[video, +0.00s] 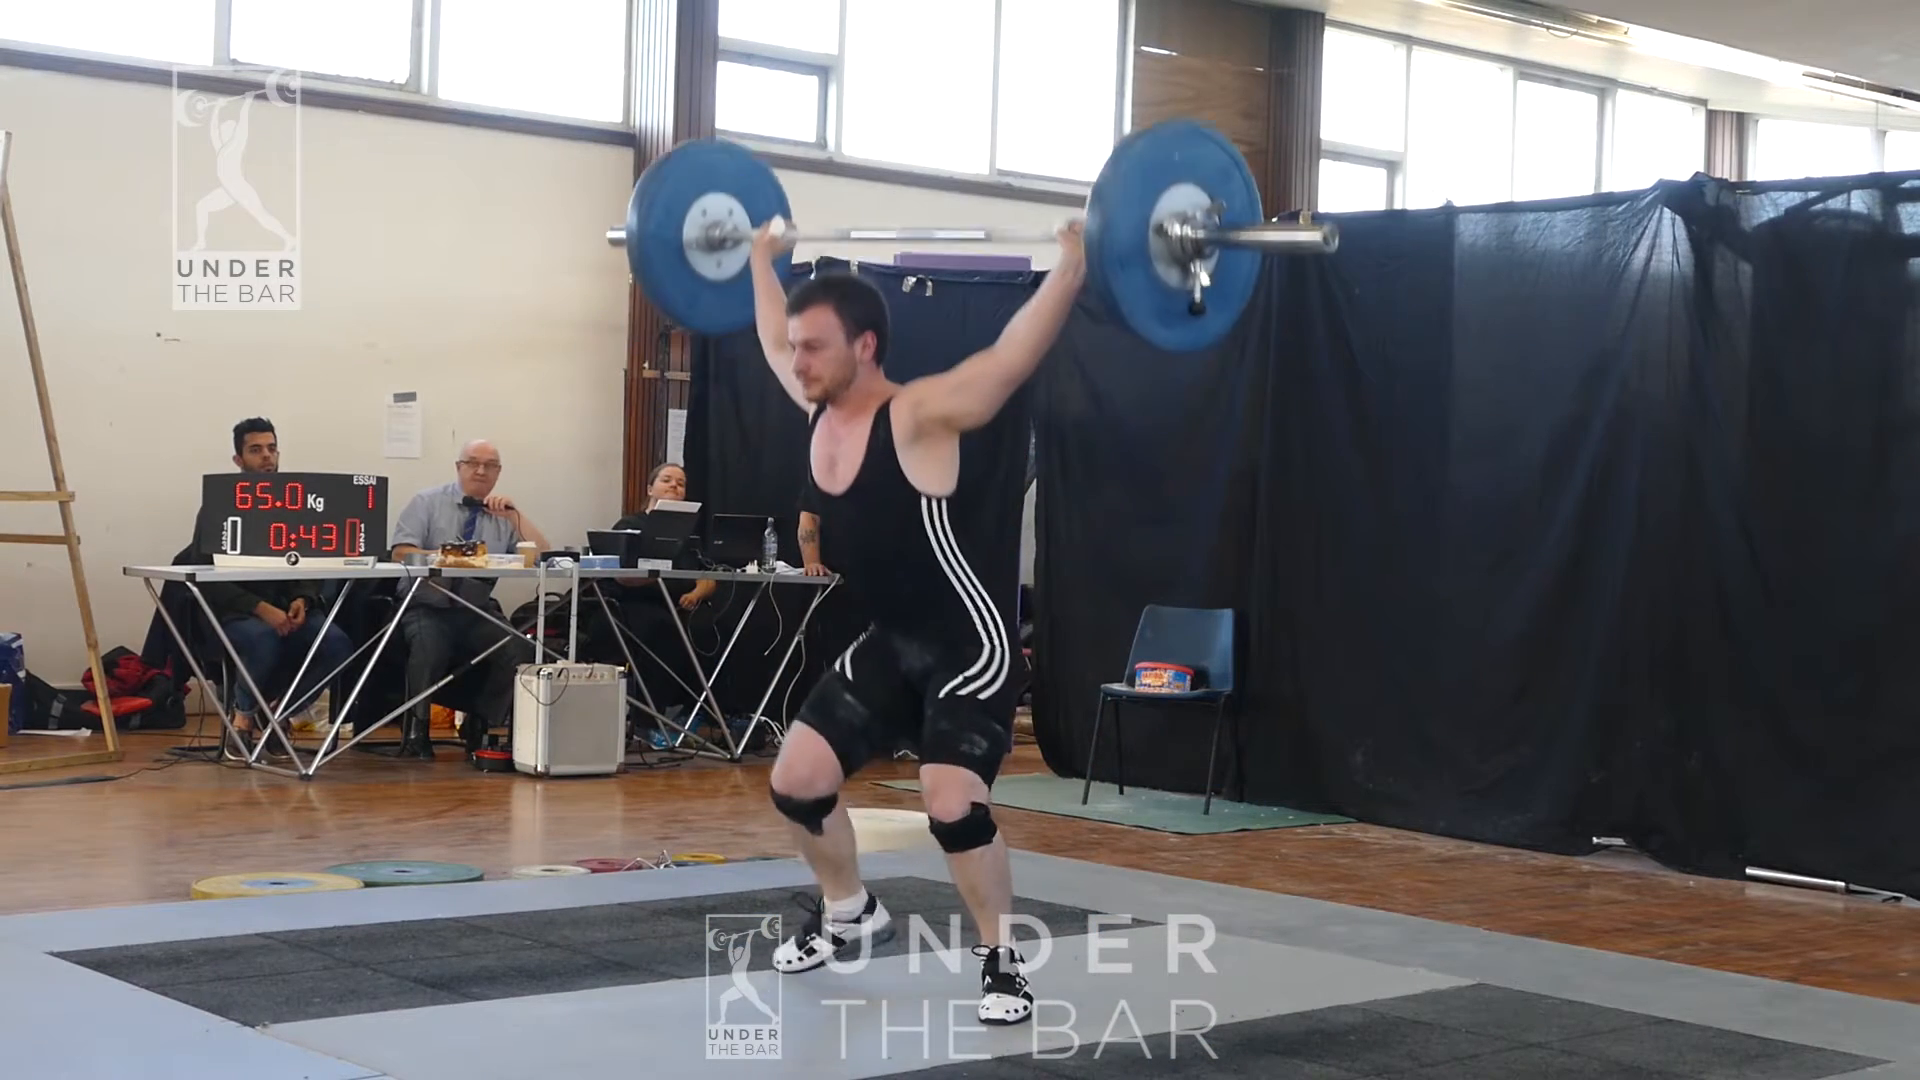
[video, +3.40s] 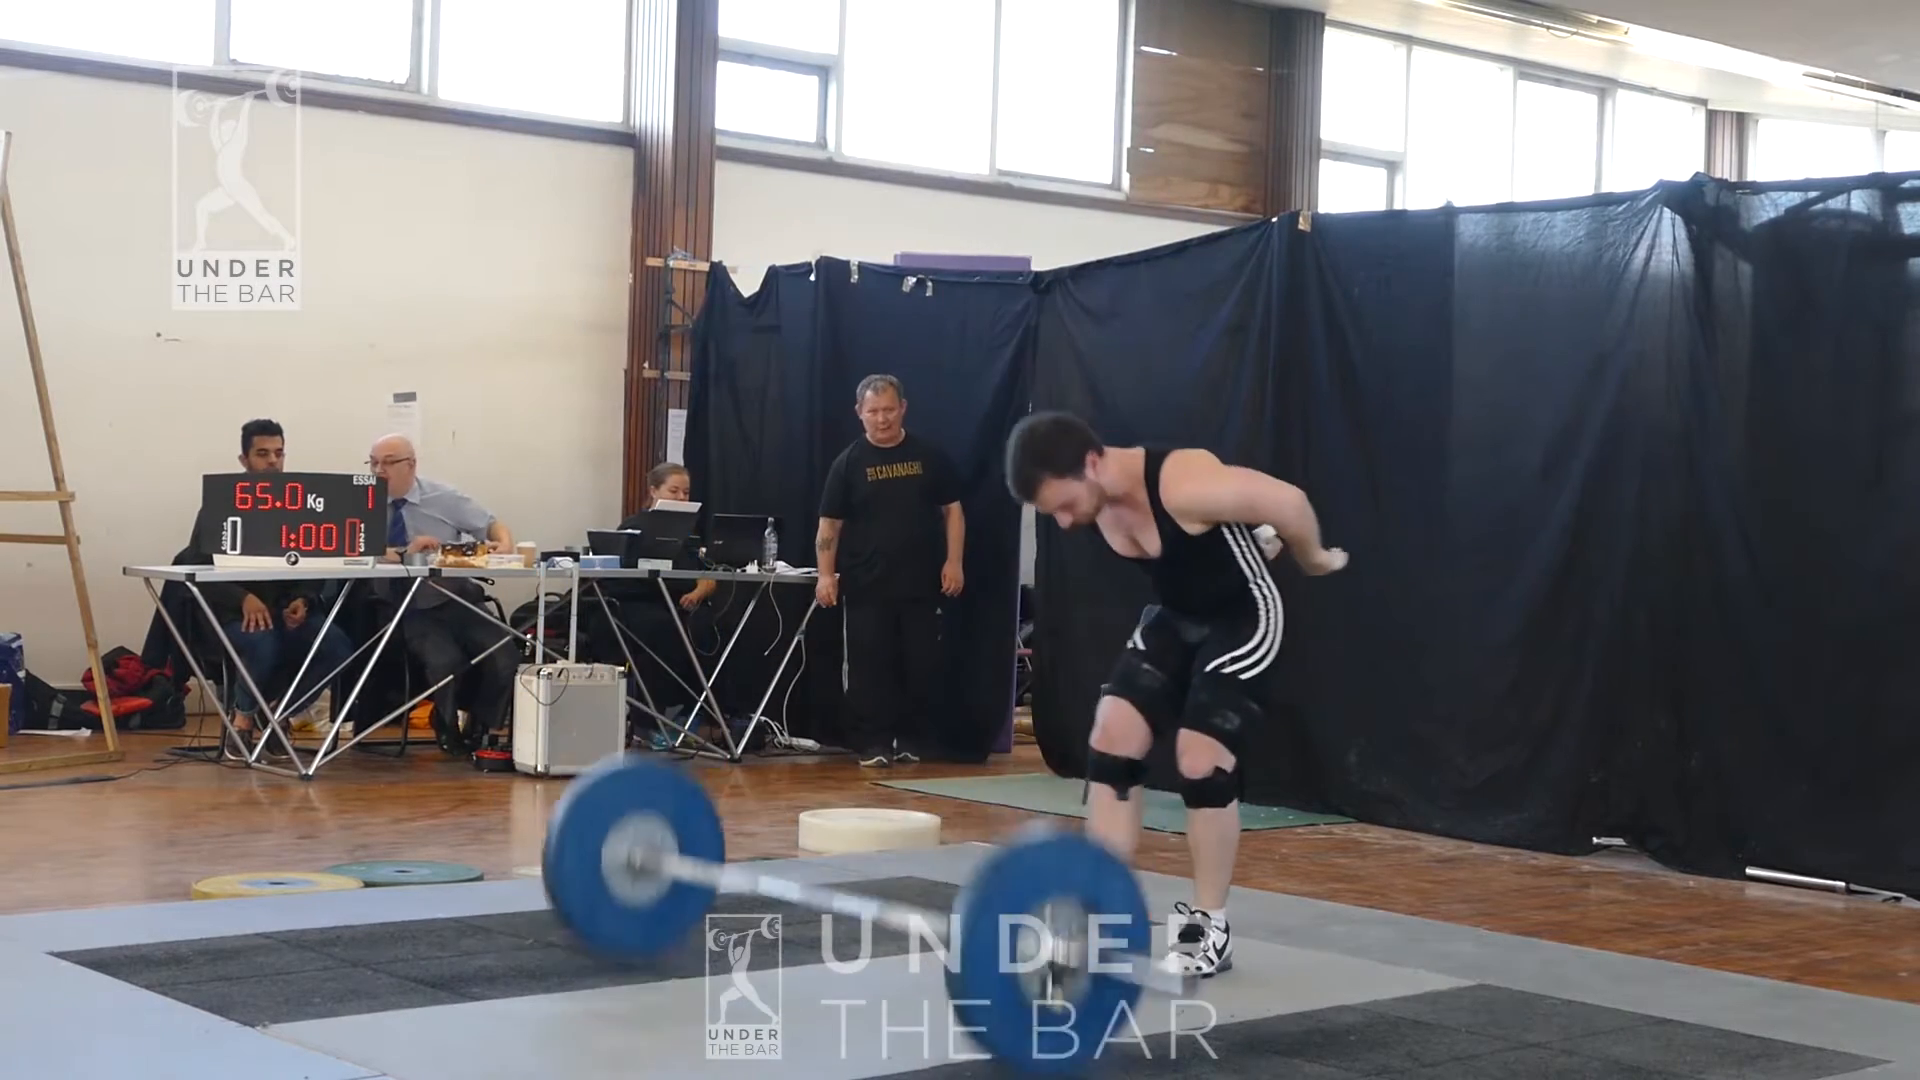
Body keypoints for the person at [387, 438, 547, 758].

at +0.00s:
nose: (481, 472)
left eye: (490, 466)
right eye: (473, 464)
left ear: (499, 473)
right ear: (459, 468)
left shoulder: (503, 516)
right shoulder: (427, 502)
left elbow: (544, 555)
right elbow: (401, 552)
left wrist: (516, 515)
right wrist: (444, 560)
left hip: (478, 609)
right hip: (428, 605)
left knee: (518, 651)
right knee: (429, 649)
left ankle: (477, 727)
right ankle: (417, 731)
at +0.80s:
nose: (438, 469)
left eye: (449, 463)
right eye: (432, 462)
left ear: (467, 468)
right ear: (426, 465)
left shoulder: (486, 507)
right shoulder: (405, 503)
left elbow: (537, 548)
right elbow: (392, 547)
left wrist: (509, 531)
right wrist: (445, 550)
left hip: (473, 605)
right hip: (422, 604)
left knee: (515, 649)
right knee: (431, 641)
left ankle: (478, 726)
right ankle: (422, 729)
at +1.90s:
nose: (402, 468)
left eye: (412, 461)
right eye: (397, 460)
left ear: (433, 464)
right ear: (391, 462)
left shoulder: (461, 499)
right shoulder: (380, 501)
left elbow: (508, 533)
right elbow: (367, 554)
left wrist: (504, 547)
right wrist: (404, 535)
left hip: (461, 599)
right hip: (409, 604)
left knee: (503, 657)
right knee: (445, 659)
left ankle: (479, 727)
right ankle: (444, 721)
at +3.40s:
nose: (379, 471)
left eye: (388, 463)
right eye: (374, 463)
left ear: (411, 465)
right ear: (370, 465)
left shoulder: (442, 498)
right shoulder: (367, 506)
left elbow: (490, 525)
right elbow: (354, 551)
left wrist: (504, 542)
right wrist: (406, 552)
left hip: (456, 597)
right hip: (406, 605)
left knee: (503, 653)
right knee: (444, 660)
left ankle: (480, 727)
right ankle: (446, 723)